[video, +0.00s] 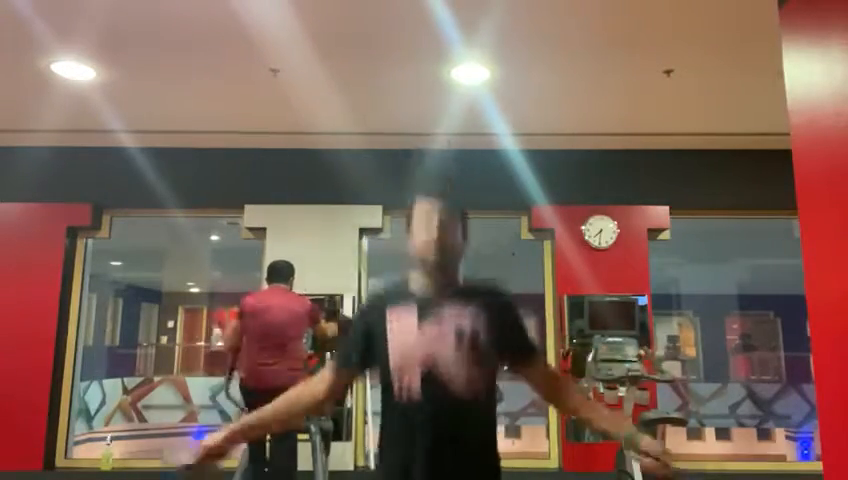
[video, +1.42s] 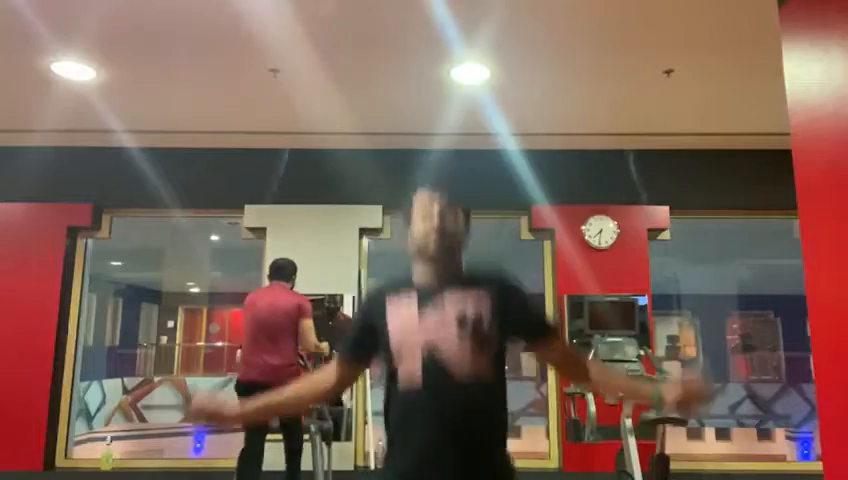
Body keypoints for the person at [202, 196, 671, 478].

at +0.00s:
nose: (431, 239)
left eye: (443, 227)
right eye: (420, 227)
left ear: (463, 236)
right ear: (405, 235)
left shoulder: (490, 307)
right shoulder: (379, 312)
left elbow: (550, 384)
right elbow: (323, 389)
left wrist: (629, 435)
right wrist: (239, 431)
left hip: (472, 469)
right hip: (398, 468)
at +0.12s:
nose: (433, 174)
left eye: (443, 167)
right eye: (421, 167)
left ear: (459, 184)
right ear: (405, 185)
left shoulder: (487, 244)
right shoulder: (379, 252)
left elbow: (532, 327)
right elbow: (342, 340)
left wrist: (592, 370)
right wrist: (268, 394)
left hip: (477, 429)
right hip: (400, 431)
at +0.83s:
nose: (428, 190)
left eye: (439, 180)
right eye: (419, 181)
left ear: (456, 194)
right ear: (403, 194)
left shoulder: (491, 258)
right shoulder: (379, 265)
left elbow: (561, 340)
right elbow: (342, 351)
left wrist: (644, 371)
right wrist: (259, 386)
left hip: (478, 446)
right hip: (400, 447)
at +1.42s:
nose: (431, 225)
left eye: (442, 215)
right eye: (421, 215)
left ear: (464, 226)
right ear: (407, 228)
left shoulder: (499, 296)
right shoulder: (381, 304)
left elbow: (574, 366)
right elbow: (329, 381)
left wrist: (657, 394)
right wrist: (241, 411)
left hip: (482, 467)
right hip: (404, 467)